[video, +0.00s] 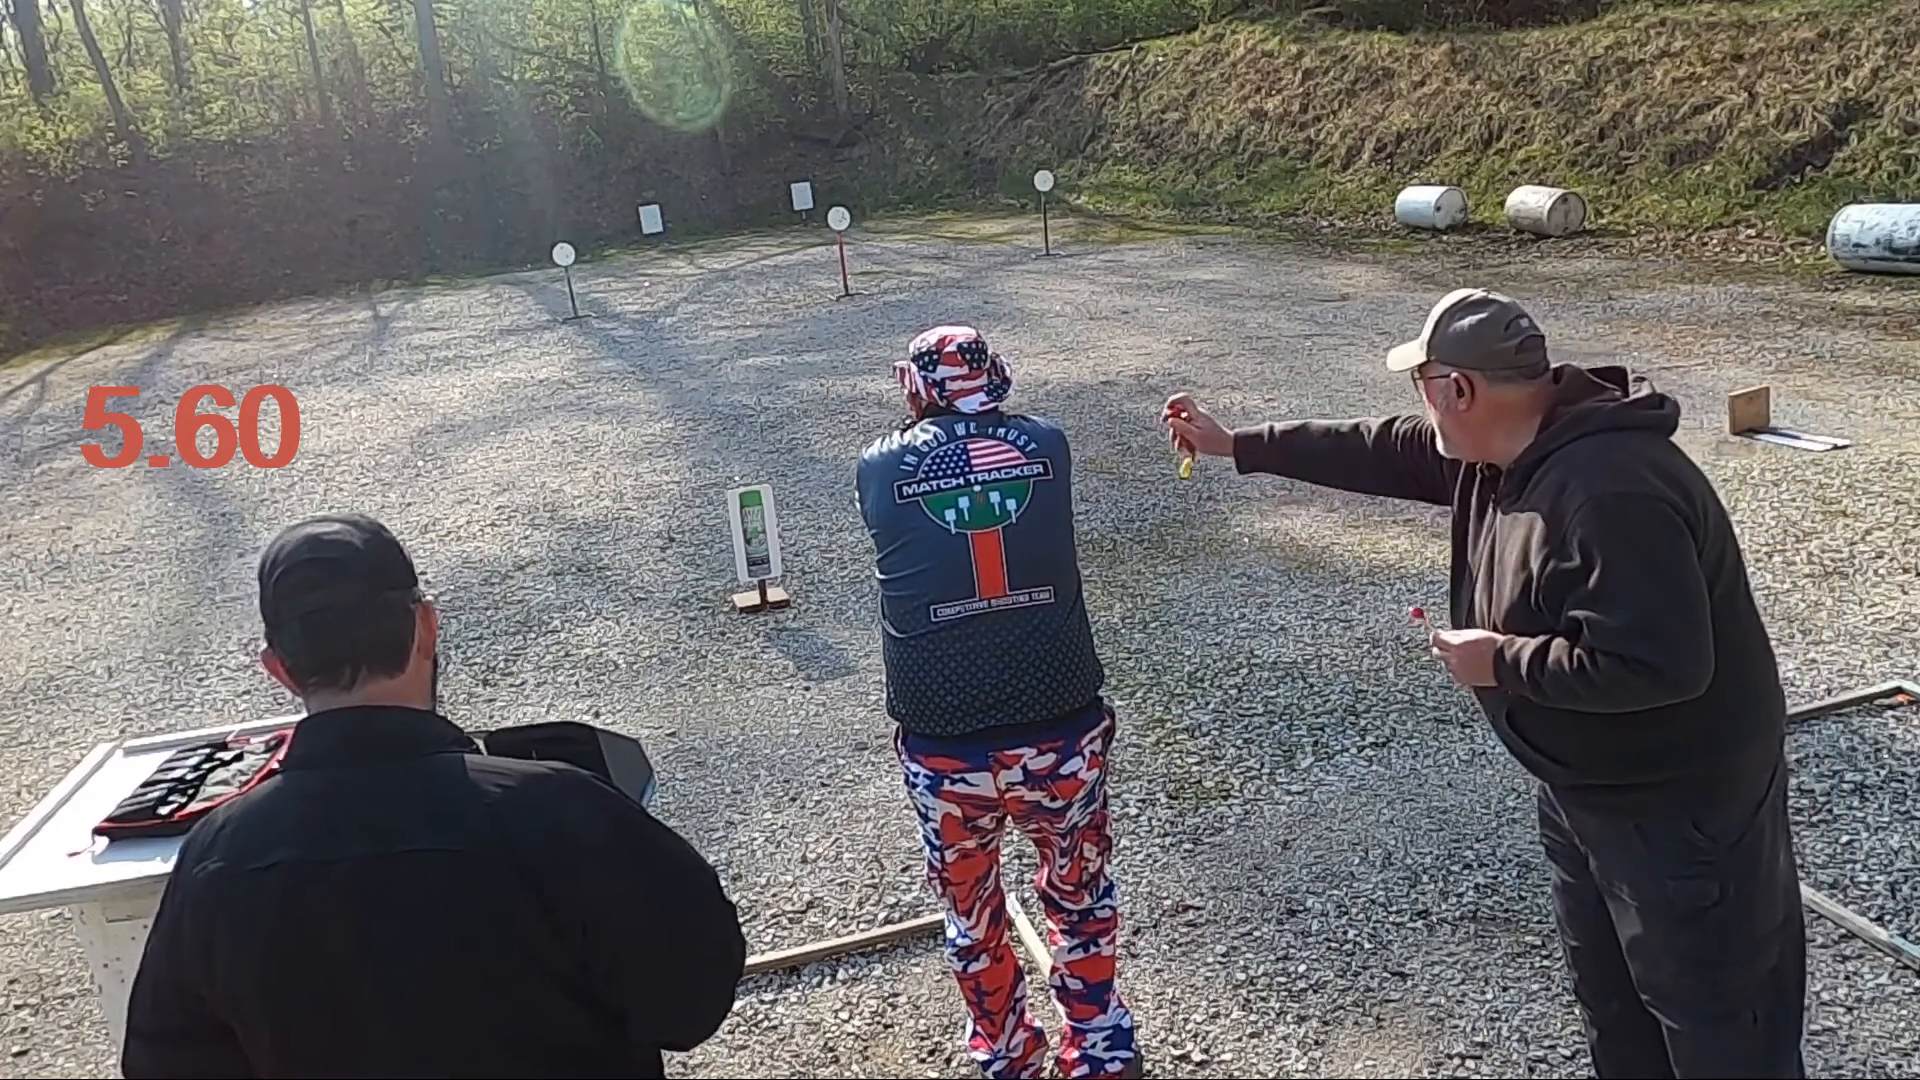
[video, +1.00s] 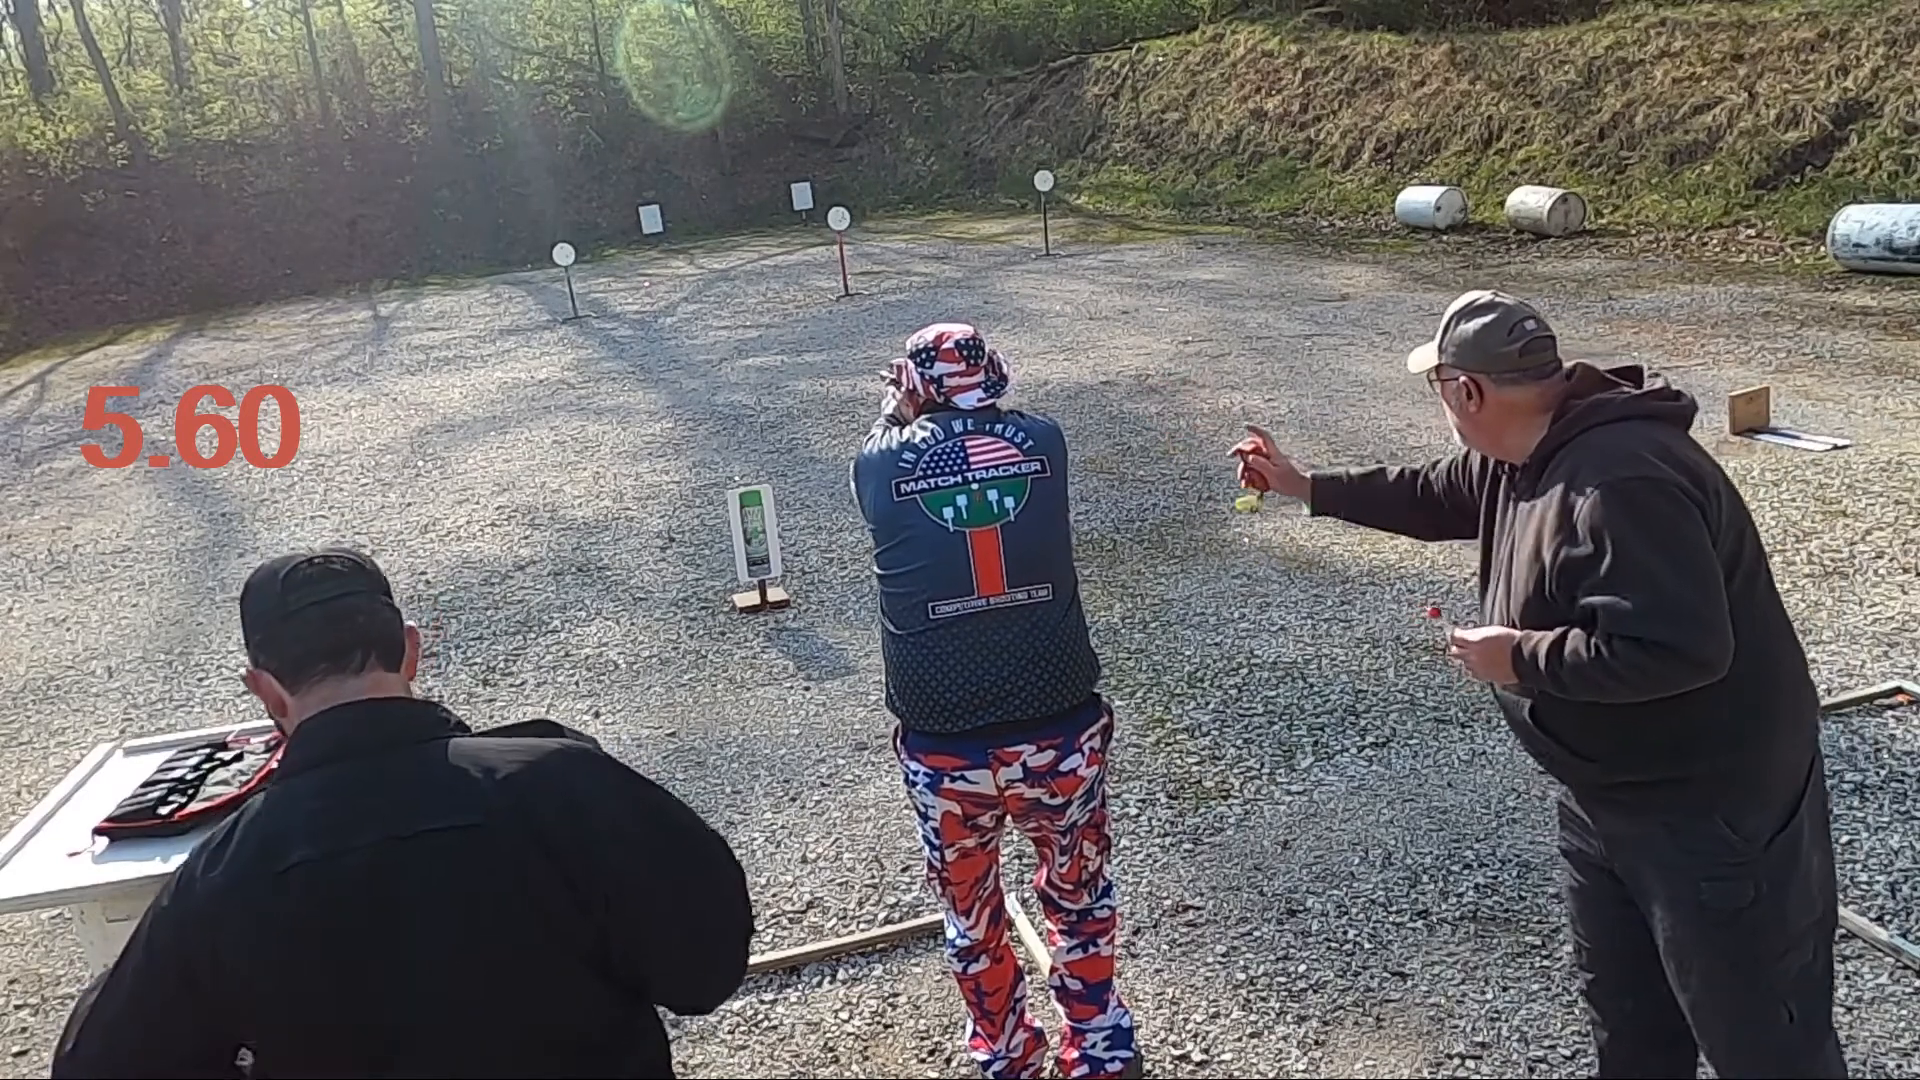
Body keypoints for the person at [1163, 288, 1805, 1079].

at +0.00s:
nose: (1422, 404)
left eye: (1424, 388)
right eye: (1422, 388)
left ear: (1462, 391)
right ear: (1484, 387)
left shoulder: (1612, 492)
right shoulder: (1502, 454)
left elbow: (1664, 666)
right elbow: (1381, 451)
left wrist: (1503, 660)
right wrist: (1233, 444)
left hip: (1687, 812)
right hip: (1589, 796)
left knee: (1723, 1042)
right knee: (1622, 1027)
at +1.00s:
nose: (1440, 401)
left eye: (1440, 386)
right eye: (1439, 386)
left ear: (1470, 393)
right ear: (1535, 373)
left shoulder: (1619, 482)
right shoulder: (1522, 462)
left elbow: (1682, 647)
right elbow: (1434, 495)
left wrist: (1521, 655)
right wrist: (1306, 488)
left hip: (1716, 811)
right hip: (1607, 797)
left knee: (1765, 1048)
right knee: (1633, 1036)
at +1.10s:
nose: (1457, 408)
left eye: (1455, 391)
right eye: (1453, 392)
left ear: (1483, 397)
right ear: (1549, 375)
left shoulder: (1629, 491)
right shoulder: (1558, 466)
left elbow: (1682, 658)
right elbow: (1496, 529)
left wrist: (1527, 659)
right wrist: (1365, 520)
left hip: (1725, 815)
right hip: (1621, 800)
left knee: (1784, 1050)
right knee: (1638, 1036)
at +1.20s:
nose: (1478, 412)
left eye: (1476, 395)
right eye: (1475, 395)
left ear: (1504, 400)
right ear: (1577, 374)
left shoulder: (1638, 498)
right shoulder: (1589, 463)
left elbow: (1693, 674)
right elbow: (1550, 553)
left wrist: (1538, 665)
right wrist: (1431, 551)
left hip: (1742, 826)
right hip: (1637, 807)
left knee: (1801, 1051)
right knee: (1642, 1034)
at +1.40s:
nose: (1532, 422)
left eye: (1533, 405)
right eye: (1532, 404)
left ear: (1564, 413)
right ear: (1634, 390)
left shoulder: (1696, 520)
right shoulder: (1657, 470)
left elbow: (1740, 705)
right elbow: (1647, 587)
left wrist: (1585, 687)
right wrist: (1537, 579)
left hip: (1791, 848)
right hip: (1681, 819)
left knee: (1829, 1062)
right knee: (1657, 1038)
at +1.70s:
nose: (1611, 426)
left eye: (1612, 409)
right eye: (1608, 409)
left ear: (1649, 416)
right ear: (1728, 392)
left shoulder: (1795, 531)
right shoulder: (1733, 488)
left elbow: (1838, 725)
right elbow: (1715, 603)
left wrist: (1666, 701)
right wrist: (1600, 593)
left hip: (1842, 881)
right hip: (1747, 855)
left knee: (1855, 1064)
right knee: (1698, 1056)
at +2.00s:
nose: (1689, 425)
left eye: (1688, 407)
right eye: (1685, 407)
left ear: (1726, 416)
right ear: (1813, 394)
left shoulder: (1851, 547)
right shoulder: (1821, 487)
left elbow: (1867, 752)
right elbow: (1792, 597)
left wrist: (1711, 702)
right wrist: (1686, 590)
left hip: (1868, 889)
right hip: (1803, 857)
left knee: (1872, 1064)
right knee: (1731, 1056)